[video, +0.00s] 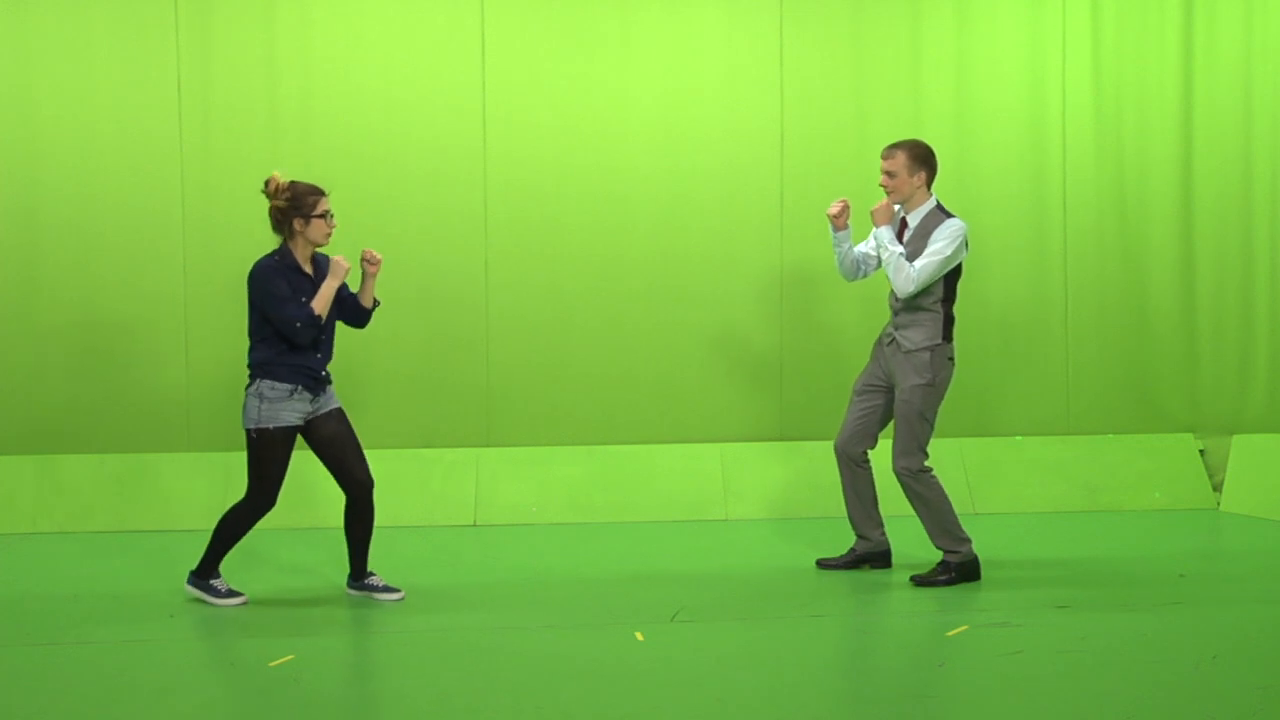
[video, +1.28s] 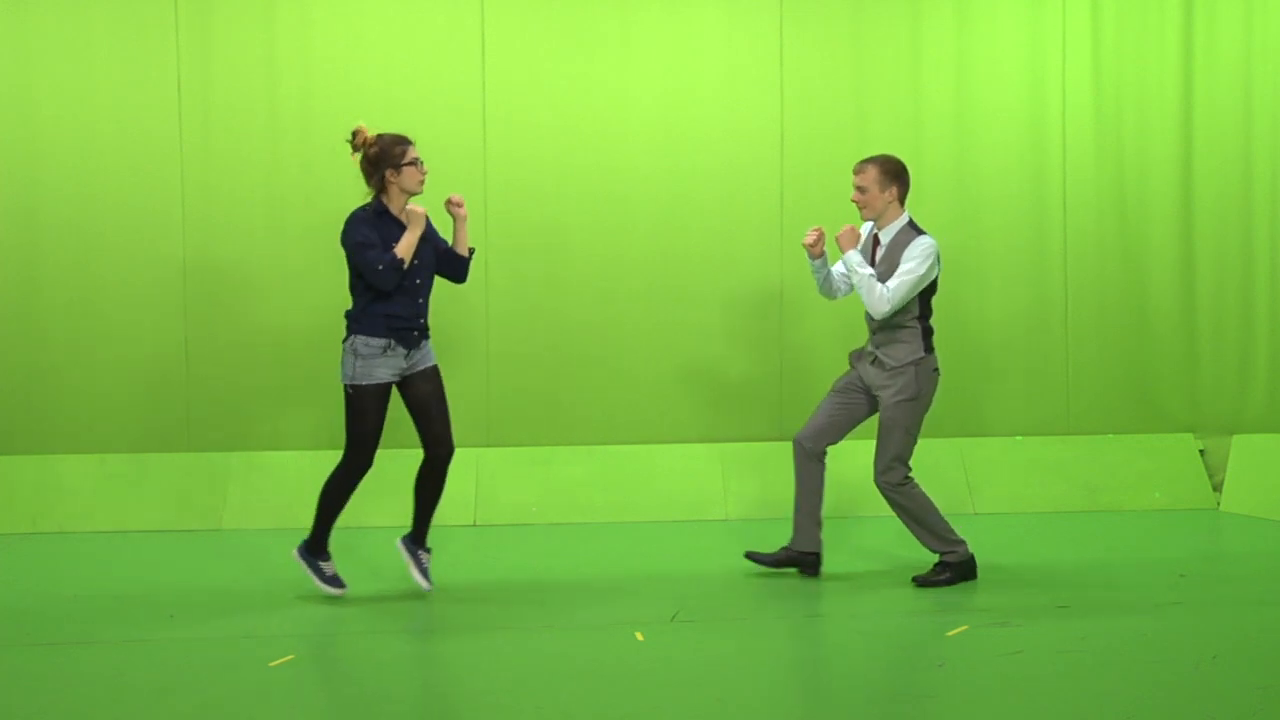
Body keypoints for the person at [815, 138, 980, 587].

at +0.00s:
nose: (884, 183)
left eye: (890, 176)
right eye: (883, 175)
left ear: (921, 178)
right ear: (901, 180)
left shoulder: (952, 230)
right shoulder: (896, 224)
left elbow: (907, 283)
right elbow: (851, 270)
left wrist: (884, 230)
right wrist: (841, 231)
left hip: (925, 356)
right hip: (888, 350)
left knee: (908, 461)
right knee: (850, 446)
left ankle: (961, 557)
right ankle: (871, 546)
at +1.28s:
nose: (855, 198)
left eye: (862, 190)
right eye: (854, 190)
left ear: (893, 193)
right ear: (882, 194)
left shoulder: (921, 248)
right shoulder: (868, 239)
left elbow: (881, 305)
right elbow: (833, 287)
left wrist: (851, 255)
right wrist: (818, 258)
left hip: (909, 370)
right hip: (871, 365)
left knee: (890, 475)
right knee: (808, 443)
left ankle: (957, 557)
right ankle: (805, 550)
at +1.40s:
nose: (834, 192)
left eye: (840, 184)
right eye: (833, 183)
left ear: (870, 187)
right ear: (860, 188)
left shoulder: (896, 242)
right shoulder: (844, 229)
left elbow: (848, 288)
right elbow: (803, 271)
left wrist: (822, 238)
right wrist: (791, 237)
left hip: (876, 368)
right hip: (836, 362)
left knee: (883, 473)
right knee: (776, 442)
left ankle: (954, 552)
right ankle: (739, 547)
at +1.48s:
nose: (811, 189)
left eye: (818, 181)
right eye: (811, 180)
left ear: (848, 184)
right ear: (838, 185)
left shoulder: (874, 237)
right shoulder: (821, 226)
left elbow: (828, 283)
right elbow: (778, 268)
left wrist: (802, 235)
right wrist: (770, 233)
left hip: (850, 364)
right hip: (809, 357)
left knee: (850, 473)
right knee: (758, 446)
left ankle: (922, 540)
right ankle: (731, 553)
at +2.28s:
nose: (749, 193)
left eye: (756, 186)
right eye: (749, 186)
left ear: (785, 189)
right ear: (772, 191)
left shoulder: (820, 239)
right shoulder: (765, 237)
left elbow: (780, 292)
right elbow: (736, 289)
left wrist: (750, 244)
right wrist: (717, 254)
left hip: (816, 368)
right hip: (775, 363)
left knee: (814, 475)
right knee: (722, 448)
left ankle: (868, 558)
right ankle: (712, 556)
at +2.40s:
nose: (727, 198)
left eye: (734, 191)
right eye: (726, 190)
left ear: (763, 194)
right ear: (755, 196)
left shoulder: (796, 244)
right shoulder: (748, 245)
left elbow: (755, 300)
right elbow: (743, 306)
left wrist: (726, 252)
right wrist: (704, 297)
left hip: (801, 373)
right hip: (760, 368)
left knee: (810, 480)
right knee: (701, 448)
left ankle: (867, 557)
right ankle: (685, 557)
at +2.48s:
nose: (703, 201)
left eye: (709, 193)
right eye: (702, 193)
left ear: (739, 196)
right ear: (728, 198)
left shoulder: (776, 244)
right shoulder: (723, 247)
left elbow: (737, 306)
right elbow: (717, 304)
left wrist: (707, 258)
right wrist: (676, 318)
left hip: (788, 372)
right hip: (743, 371)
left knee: (811, 476)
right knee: (688, 448)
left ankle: (867, 557)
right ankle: (679, 559)